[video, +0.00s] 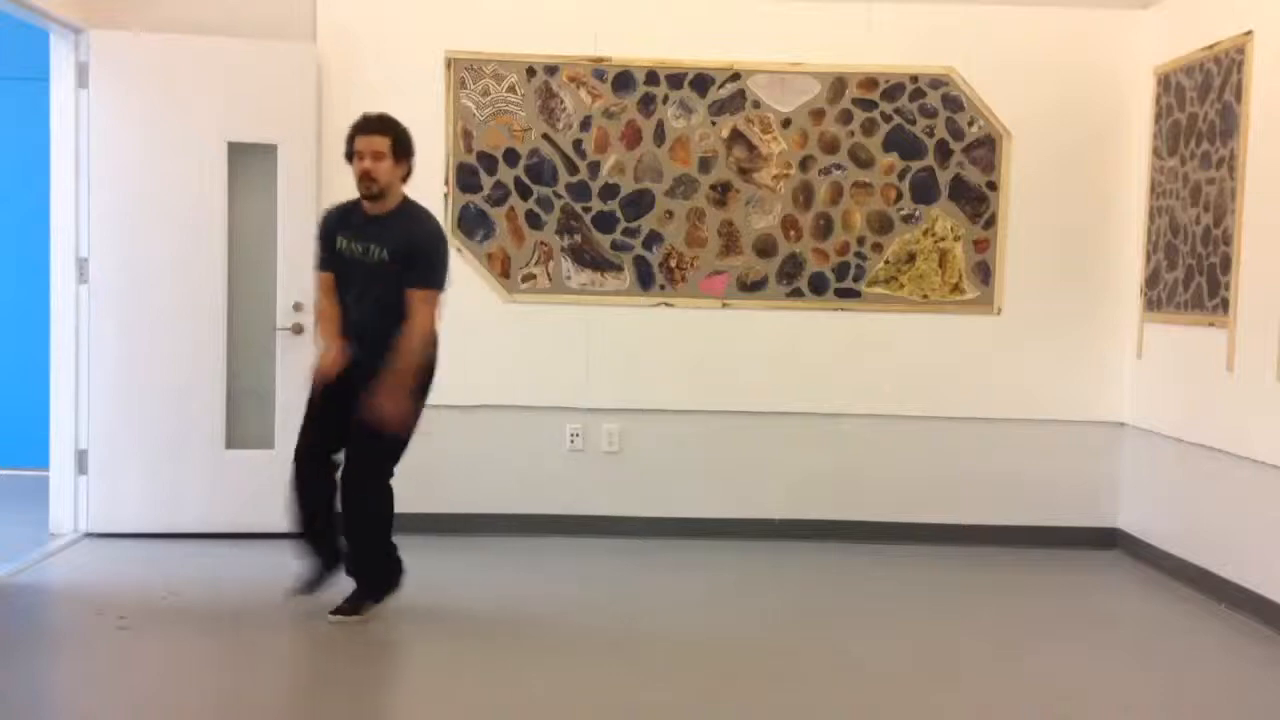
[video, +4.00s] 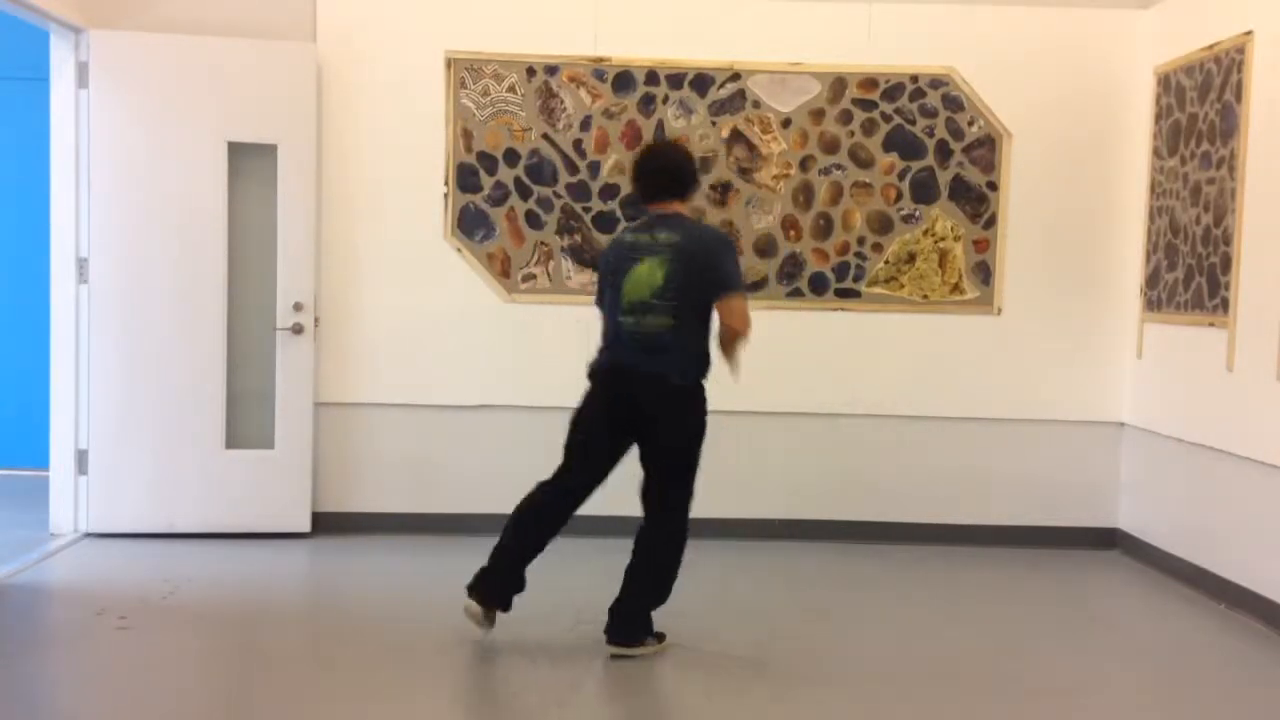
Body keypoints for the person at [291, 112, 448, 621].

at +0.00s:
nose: (365, 167)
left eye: (377, 158)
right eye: (358, 158)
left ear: (402, 165)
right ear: (350, 163)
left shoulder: (421, 229)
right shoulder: (337, 222)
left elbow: (421, 318)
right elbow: (327, 292)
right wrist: (331, 343)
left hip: (402, 356)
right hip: (350, 352)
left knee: (366, 468)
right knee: (311, 456)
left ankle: (376, 574)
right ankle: (327, 551)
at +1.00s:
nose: (611, 210)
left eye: (623, 201)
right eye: (606, 200)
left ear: (648, 208)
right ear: (600, 205)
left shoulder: (672, 266)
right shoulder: (596, 264)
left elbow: (681, 347)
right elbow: (591, 337)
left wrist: (626, 386)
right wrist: (619, 346)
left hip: (677, 396)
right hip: (625, 392)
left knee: (688, 499)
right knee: (582, 486)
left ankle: (708, 590)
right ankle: (576, 573)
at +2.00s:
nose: (638, 211)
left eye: (635, 205)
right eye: (639, 205)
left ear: (589, 201)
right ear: (634, 205)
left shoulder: (556, 248)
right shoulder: (642, 250)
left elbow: (527, 318)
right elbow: (664, 331)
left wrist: (510, 375)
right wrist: (670, 364)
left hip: (563, 381)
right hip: (618, 380)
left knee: (591, 480)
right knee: (666, 466)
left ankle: (578, 579)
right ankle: (656, 571)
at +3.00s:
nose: (643, 189)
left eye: (643, 182)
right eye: (646, 182)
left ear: (650, 183)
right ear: (695, 181)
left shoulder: (638, 234)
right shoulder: (727, 229)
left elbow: (618, 314)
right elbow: (754, 306)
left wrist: (644, 342)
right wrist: (710, 322)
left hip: (666, 368)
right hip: (723, 366)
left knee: (642, 472)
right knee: (740, 473)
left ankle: (635, 575)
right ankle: (762, 588)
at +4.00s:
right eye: (689, 183)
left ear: (639, 190)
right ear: (690, 187)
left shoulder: (620, 246)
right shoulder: (711, 243)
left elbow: (612, 316)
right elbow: (736, 324)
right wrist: (728, 344)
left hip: (613, 390)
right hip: (675, 398)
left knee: (567, 486)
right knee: (666, 514)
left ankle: (491, 587)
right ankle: (629, 627)